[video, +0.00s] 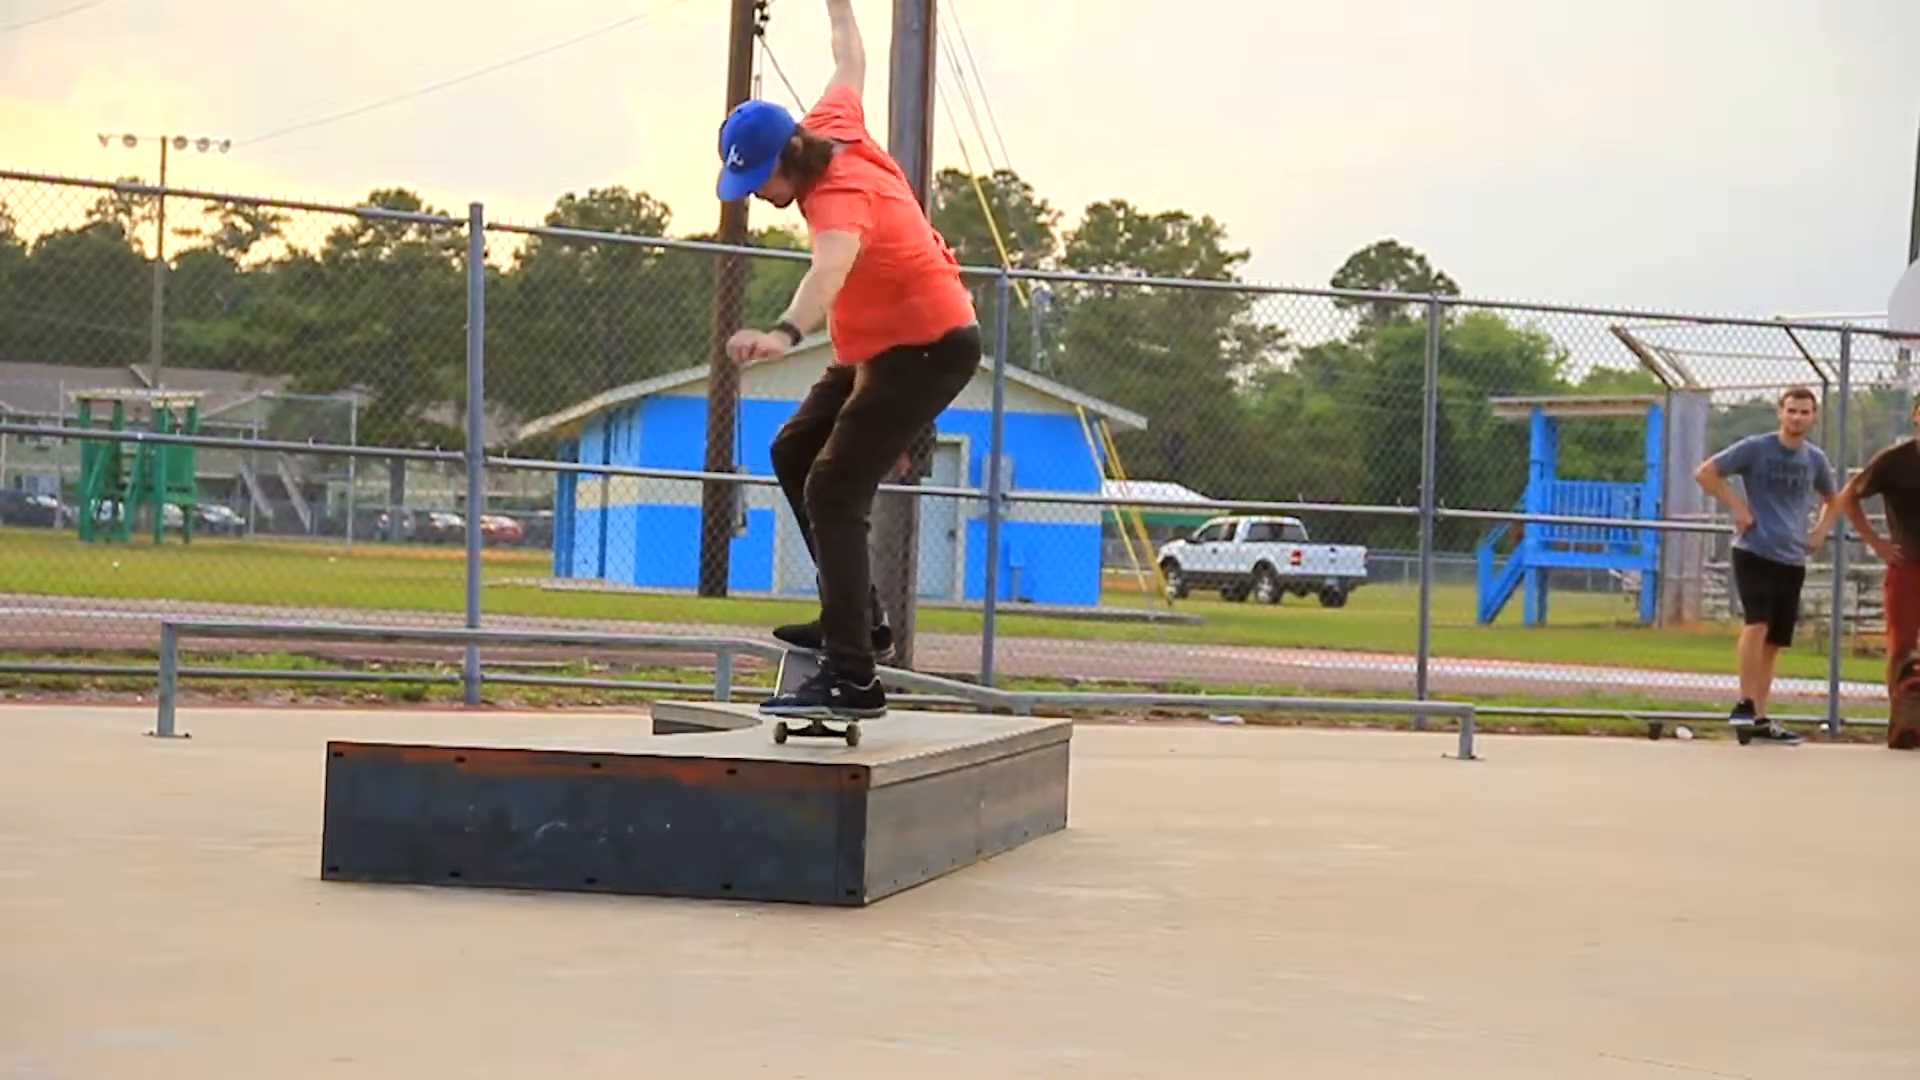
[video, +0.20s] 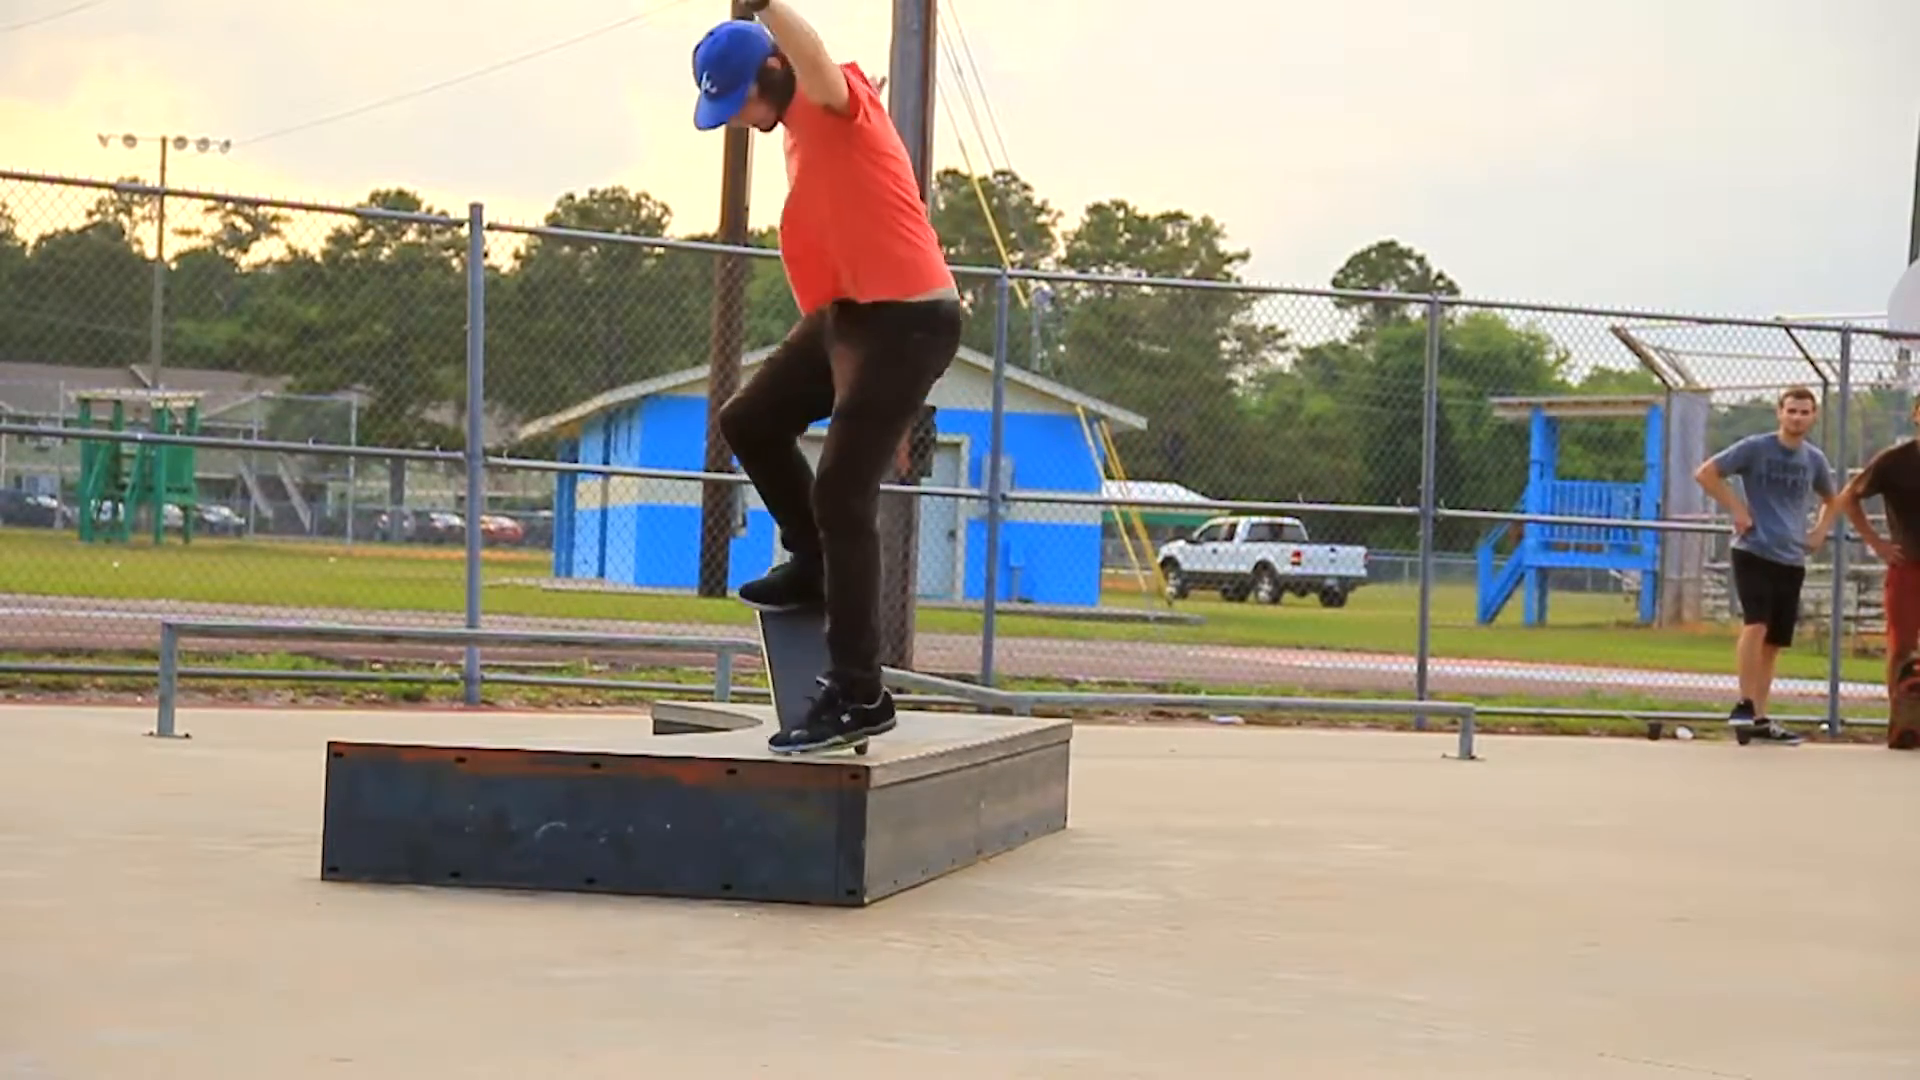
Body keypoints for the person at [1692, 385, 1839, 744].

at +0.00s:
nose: (1798, 417)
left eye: (1805, 412)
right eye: (1793, 411)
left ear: (1813, 417)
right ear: (1780, 413)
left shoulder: (1816, 458)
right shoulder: (1757, 447)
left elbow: (1833, 499)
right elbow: (1706, 473)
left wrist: (1820, 531)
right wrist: (1738, 507)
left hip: (1792, 557)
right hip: (1754, 550)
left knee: (1774, 641)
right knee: (1758, 622)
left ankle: (1759, 715)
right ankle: (1745, 704)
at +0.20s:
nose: (1799, 417)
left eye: (1805, 412)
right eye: (1792, 411)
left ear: (1813, 417)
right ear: (1780, 413)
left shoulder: (1815, 459)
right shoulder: (1757, 447)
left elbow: (1832, 499)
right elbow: (1706, 473)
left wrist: (1819, 532)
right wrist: (1738, 510)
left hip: (1791, 557)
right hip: (1754, 550)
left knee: (1774, 641)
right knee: (1757, 623)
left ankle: (1759, 715)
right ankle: (1745, 705)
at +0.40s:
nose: (1798, 417)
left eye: (1805, 412)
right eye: (1792, 410)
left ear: (1813, 417)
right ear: (1780, 413)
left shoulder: (1814, 459)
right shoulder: (1756, 447)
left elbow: (1831, 500)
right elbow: (1706, 473)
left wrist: (1818, 532)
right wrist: (1738, 511)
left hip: (1791, 557)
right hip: (1754, 550)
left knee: (1773, 640)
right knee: (1756, 624)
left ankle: (1759, 716)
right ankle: (1743, 705)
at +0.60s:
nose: (1799, 417)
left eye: (1805, 412)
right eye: (1793, 410)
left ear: (1813, 418)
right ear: (1780, 413)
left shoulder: (1814, 459)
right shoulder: (1756, 447)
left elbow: (1829, 500)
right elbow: (1706, 473)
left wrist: (1818, 533)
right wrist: (1737, 512)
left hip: (1790, 557)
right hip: (1753, 550)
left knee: (1773, 641)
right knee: (1756, 624)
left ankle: (1759, 717)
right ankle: (1743, 705)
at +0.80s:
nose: (1799, 418)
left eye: (1806, 413)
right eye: (1793, 411)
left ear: (1813, 418)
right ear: (1780, 413)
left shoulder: (1813, 459)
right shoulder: (1756, 447)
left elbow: (1829, 500)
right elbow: (1706, 473)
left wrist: (1817, 533)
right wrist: (1736, 512)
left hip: (1790, 557)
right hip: (1752, 549)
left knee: (1772, 641)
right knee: (1755, 624)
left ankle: (1759, 717)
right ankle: (1743, 704)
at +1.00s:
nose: (1799, 418)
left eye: (1806, 413)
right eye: (1793, 411)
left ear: (1813, 419)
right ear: (1780, 413)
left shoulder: (1813, 459)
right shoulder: (1755, 447)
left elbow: (1828, 500)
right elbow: (1705, 473)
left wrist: (1817, 534)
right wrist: (1736, 512)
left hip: (1789, 557)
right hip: (1752, 550)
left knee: (1771, 641)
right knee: (1754, 624)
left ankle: (1759, 717)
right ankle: (1743, 704)